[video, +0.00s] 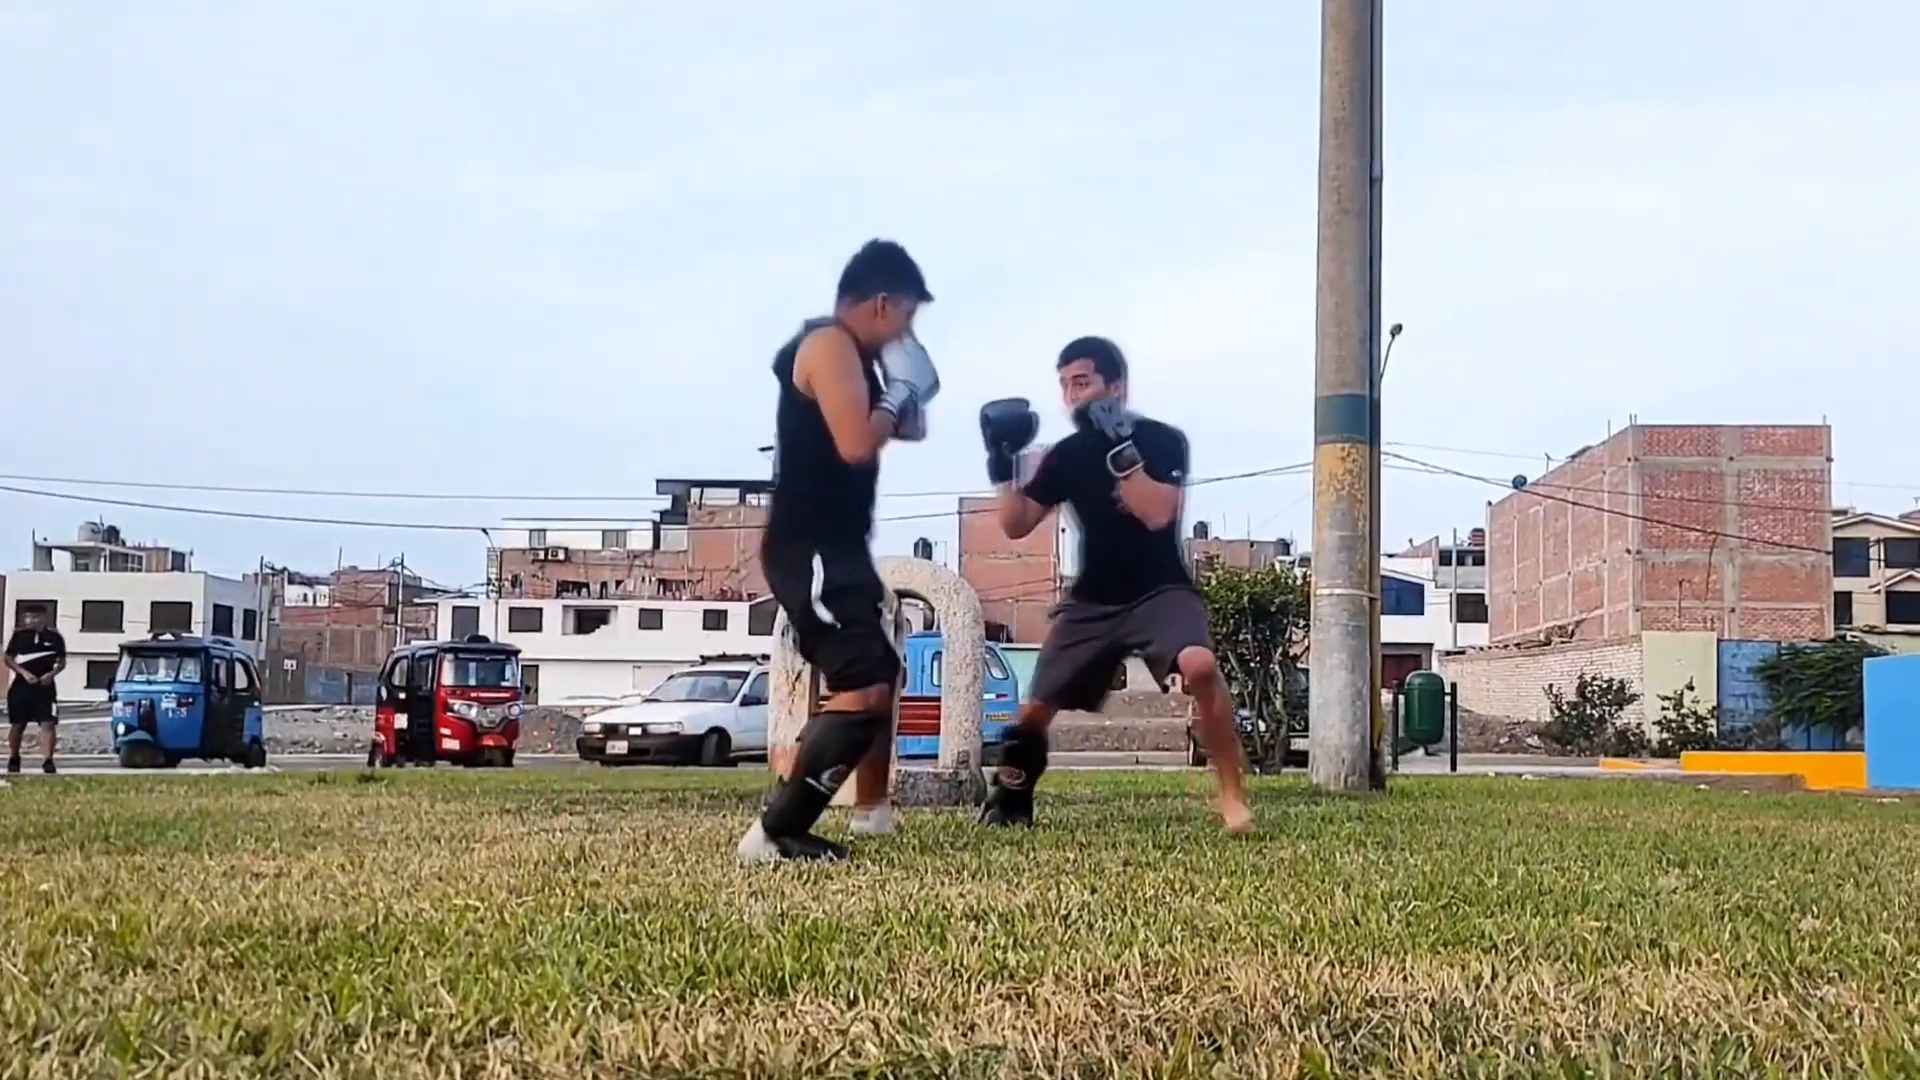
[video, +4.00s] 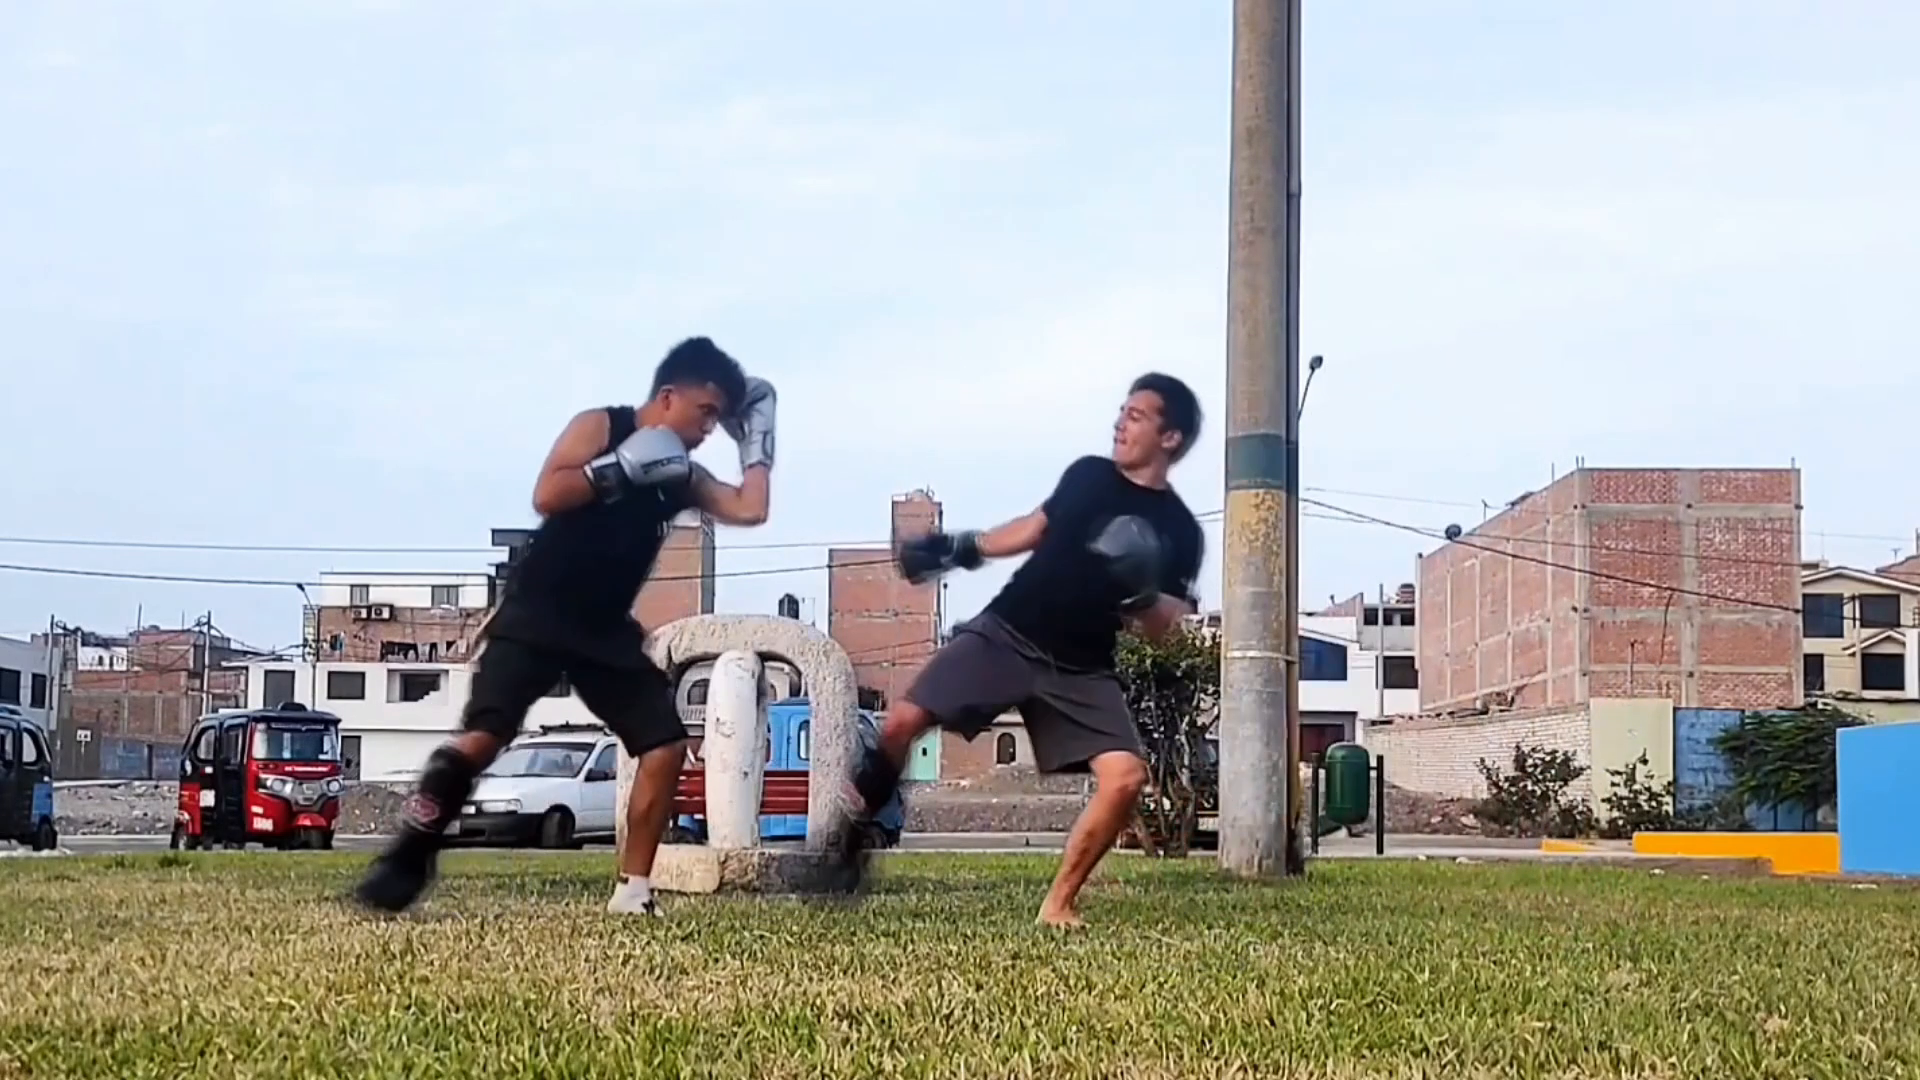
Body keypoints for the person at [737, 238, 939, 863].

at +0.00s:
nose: (908, 331)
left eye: (911, 318)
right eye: (907, 316)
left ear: (871, 303)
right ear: (878, 303)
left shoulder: (848, 353)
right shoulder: (828, 346)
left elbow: (907, 432)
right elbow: (857, 444)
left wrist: (904, 395)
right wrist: (894, 396)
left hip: (840, 545)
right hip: (811, 547)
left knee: (878, 686)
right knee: (861, 691)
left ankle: (790, 829)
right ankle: (772, 833)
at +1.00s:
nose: (975, 370)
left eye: (978, 355)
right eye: (965, 352)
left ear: (942, 354)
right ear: (916, 348)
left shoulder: (944, 432)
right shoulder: (849, 421)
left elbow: (985, 533)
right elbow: (862, 522)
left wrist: (1024, 476)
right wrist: (924, 451)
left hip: (950, 638)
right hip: (865, 644)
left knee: (1054, 732)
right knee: (820, 771)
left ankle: (1030, 866)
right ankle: (761, 913)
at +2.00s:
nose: (1240, 340)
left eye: (1240, 326)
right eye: (1238, 324)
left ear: (1180, 322)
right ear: (1211, 323)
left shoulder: (1156, 386)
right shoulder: (1172, 384)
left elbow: (1227, 492)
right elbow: (1247, 490)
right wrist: (1263, 419)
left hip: (1151, 605)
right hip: (1138, 606)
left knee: (1210, 755)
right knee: (1169, 771)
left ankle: (1204, 920)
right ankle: (1101, 944)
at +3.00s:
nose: (1056, 369)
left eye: (1057, 355)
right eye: (1053, 354)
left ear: (991, 346)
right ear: (1021, 348)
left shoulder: (933, 407)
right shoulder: (1016, 395)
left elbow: (945, 491)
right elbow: (1051, 479)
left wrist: (1037, 445)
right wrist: (1086, 460)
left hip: (911, 596)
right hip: (976, 589)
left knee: (962, 741)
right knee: (1077, 733)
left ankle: (936, 869)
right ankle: (1052, 899)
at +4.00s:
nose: (709, 428)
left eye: (716, 419)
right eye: (706, 412)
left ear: (707, 419)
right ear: (668, 394)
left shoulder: (683, 474)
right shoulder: (600, 427)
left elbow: (750, 509)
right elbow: (547, 496)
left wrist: (759, 434)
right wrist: (622, 465)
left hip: (606, 631)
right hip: (538, 613)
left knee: (664, 747)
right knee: (484, 737)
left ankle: (632, 896)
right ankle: (399, 866)